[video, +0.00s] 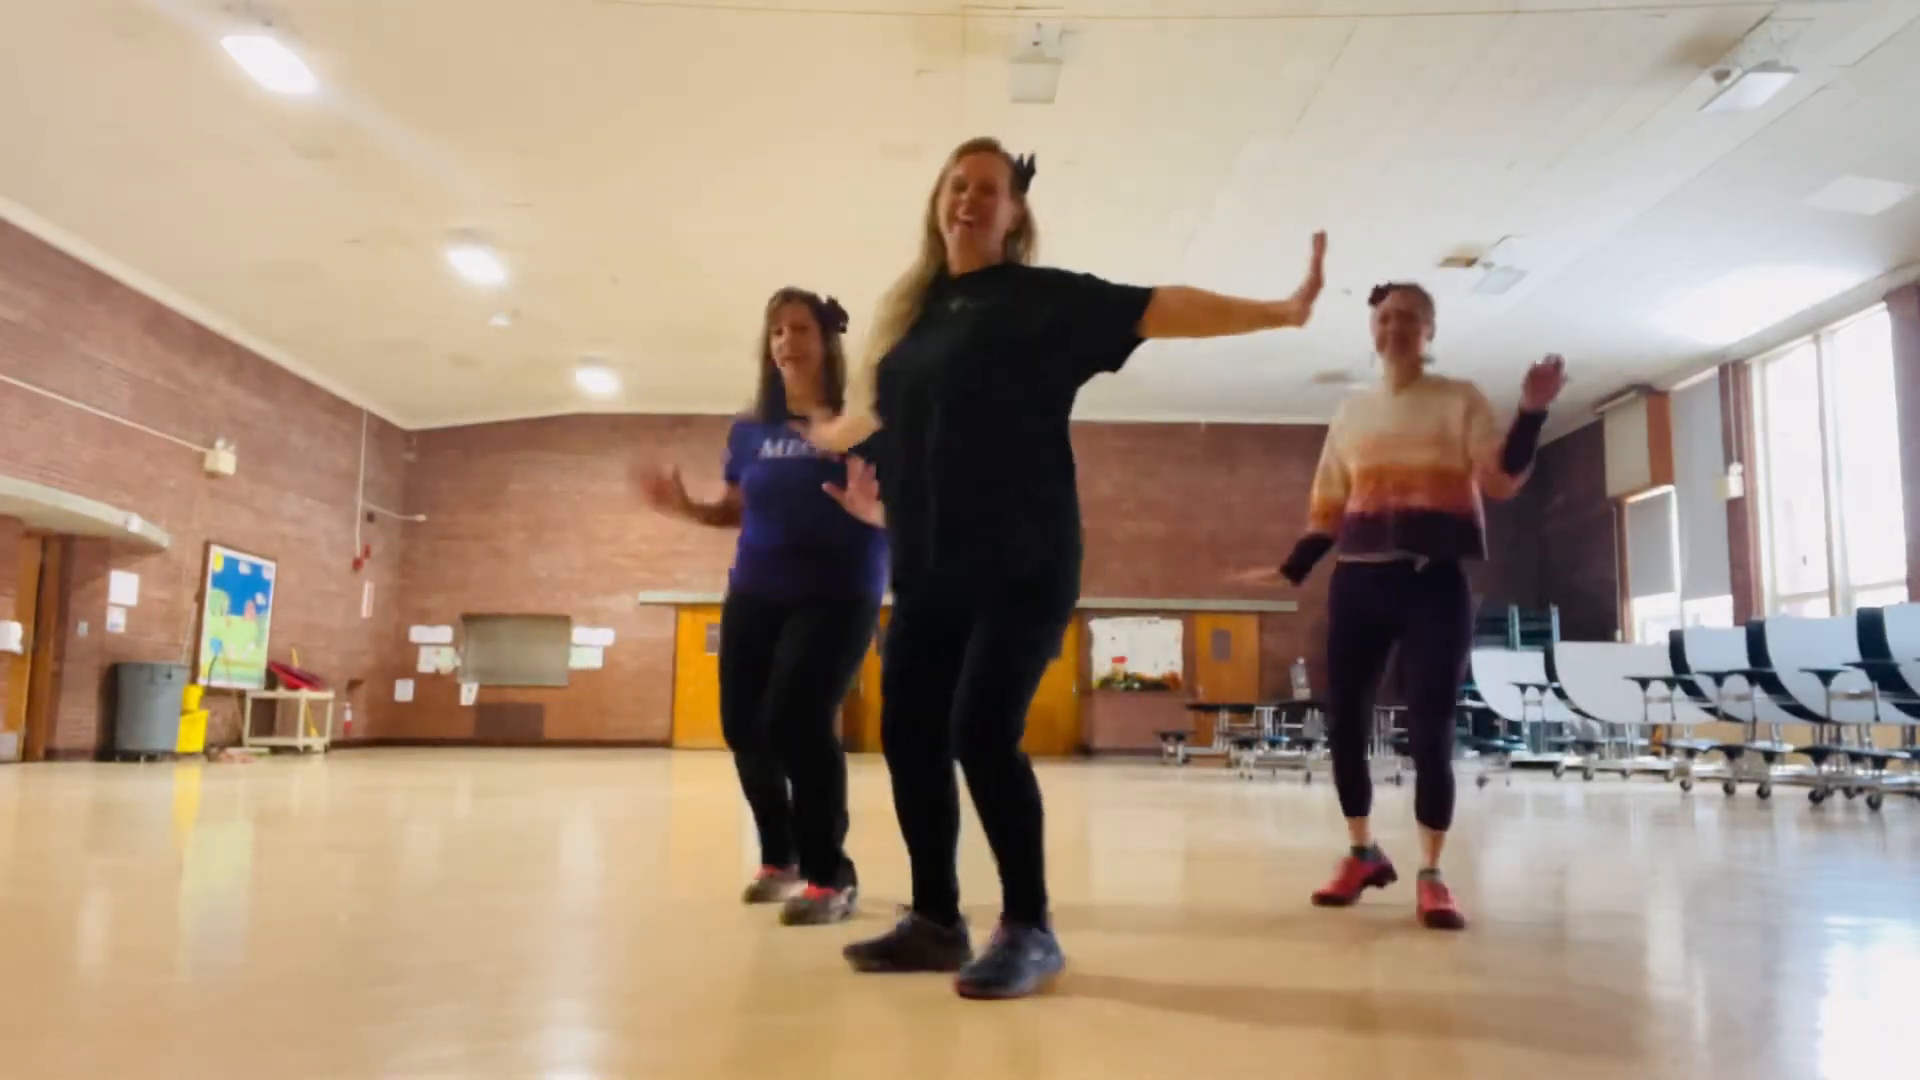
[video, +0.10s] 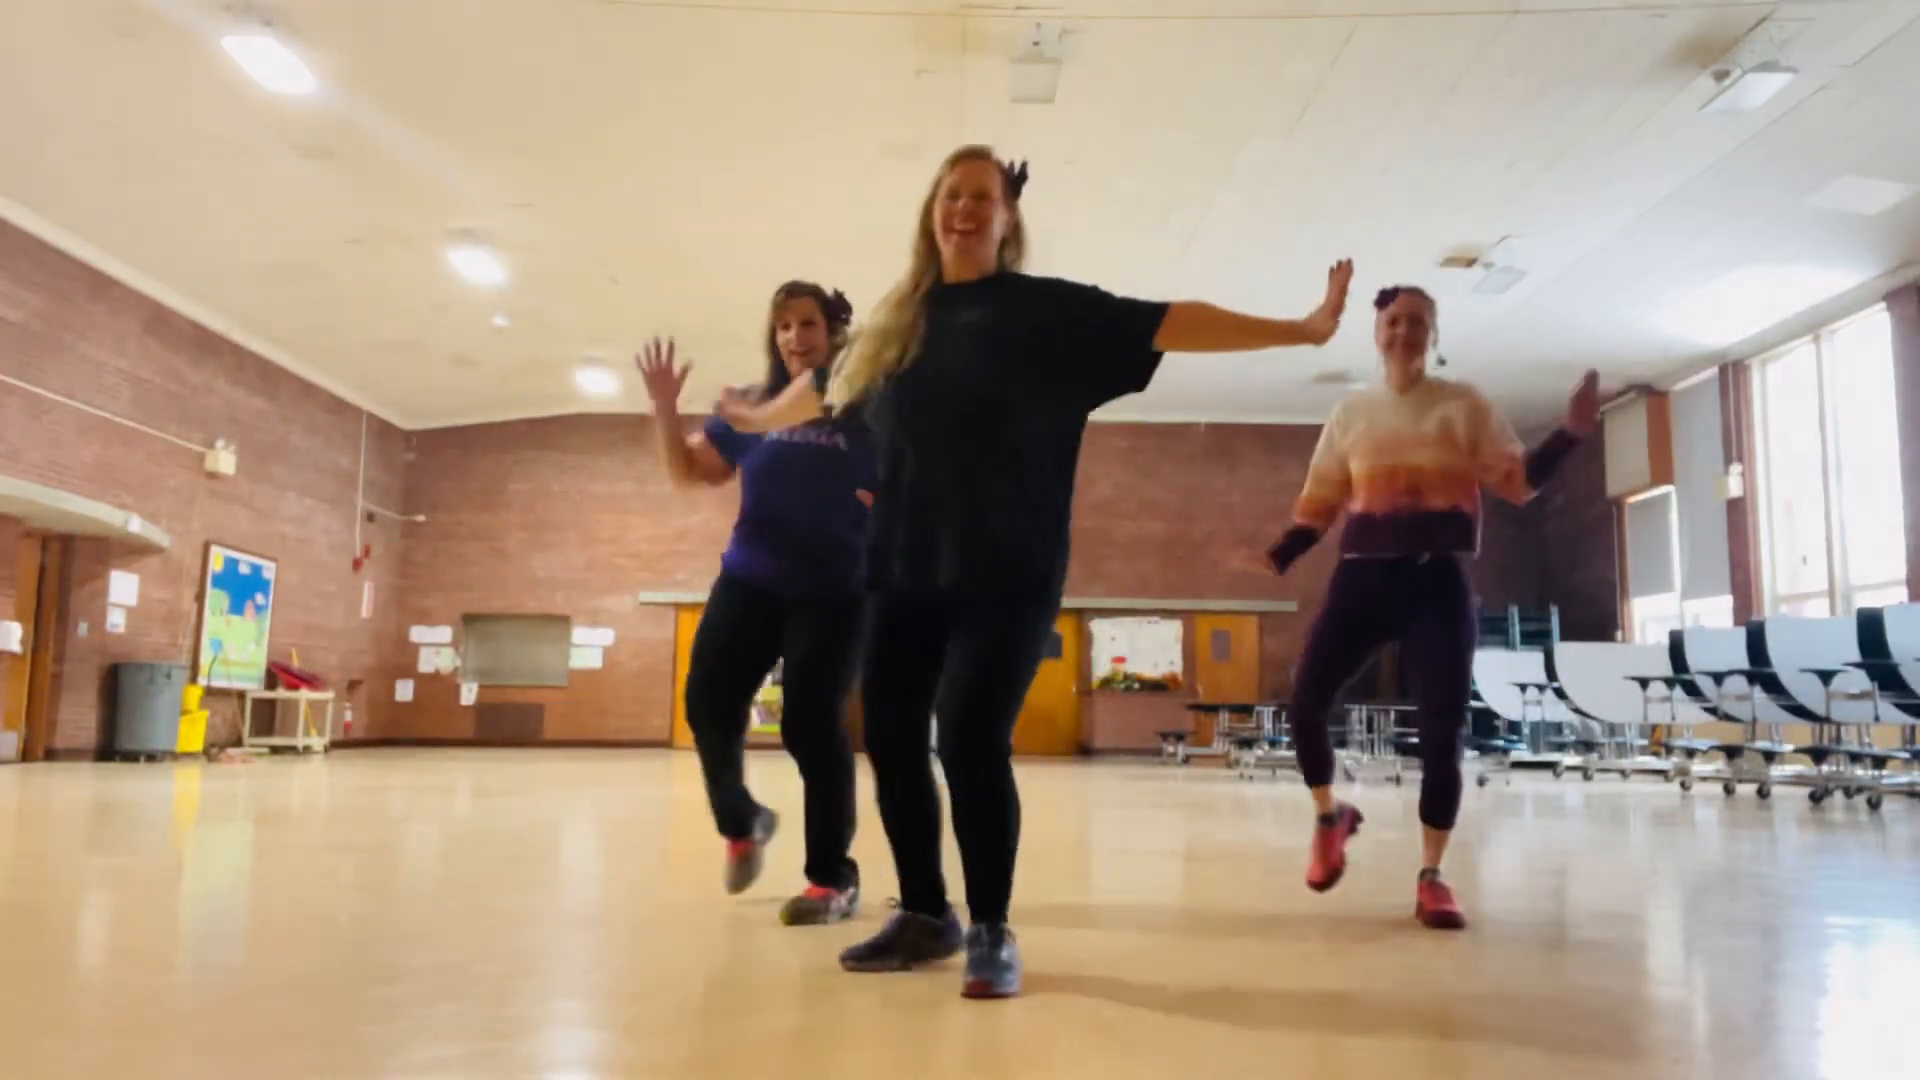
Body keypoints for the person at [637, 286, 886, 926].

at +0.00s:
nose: (787, 340)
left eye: (801, 330)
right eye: (778, 331)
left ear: (829, 340)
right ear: (766, 344)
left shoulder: (861, 427)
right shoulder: (751, 429)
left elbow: (908, 507)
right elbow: (734, 509)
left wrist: (876, 509)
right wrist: (683, 505)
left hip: (838, 597)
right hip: (758, 594)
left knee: (800, 719)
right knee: (744, 724)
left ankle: (830, 876)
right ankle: (781, 859)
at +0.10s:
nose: (796, 337)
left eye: (808, 326)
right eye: (785, 328)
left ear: (837, 333)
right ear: (773, 338)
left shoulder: (867, 405)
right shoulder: (753, 407)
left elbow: (910, 475)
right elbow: (691, 471)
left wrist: (892, 500)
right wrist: (667, 413)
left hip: (832, 589)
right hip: (752, 582)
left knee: (812, 728)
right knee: (708, 706)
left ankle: (833, 877)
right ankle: (741, 824)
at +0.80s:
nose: (819, 364)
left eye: (829, 352)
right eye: (809, 350)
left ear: (840, 360)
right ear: (786, 352)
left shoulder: (848, 422)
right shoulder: (740, 405)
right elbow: (682, 486)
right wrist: (684, 458)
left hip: (803, 591)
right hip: (719, 582)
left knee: (797, 736)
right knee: (706, 730)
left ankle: (815, 877)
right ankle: (668, 866)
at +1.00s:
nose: (812, 349)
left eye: (824, 339)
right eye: (804, 334)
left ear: (842, 349)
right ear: (785, 336)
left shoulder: (844, 426)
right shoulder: (741, 401)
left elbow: (863, 518)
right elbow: (680, 480)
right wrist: (666, 462)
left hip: (795, 596)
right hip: (712, 585)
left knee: (801, 736)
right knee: (692, 728)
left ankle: (816, 878)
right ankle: (665, 864)